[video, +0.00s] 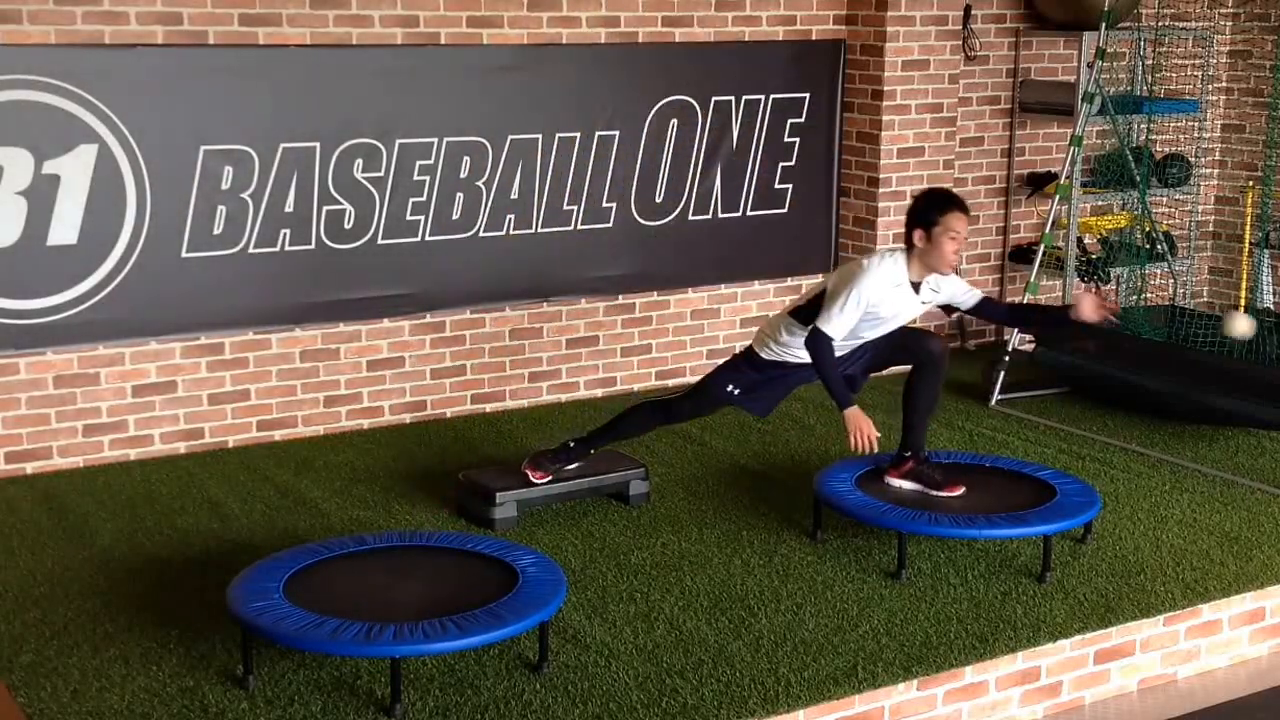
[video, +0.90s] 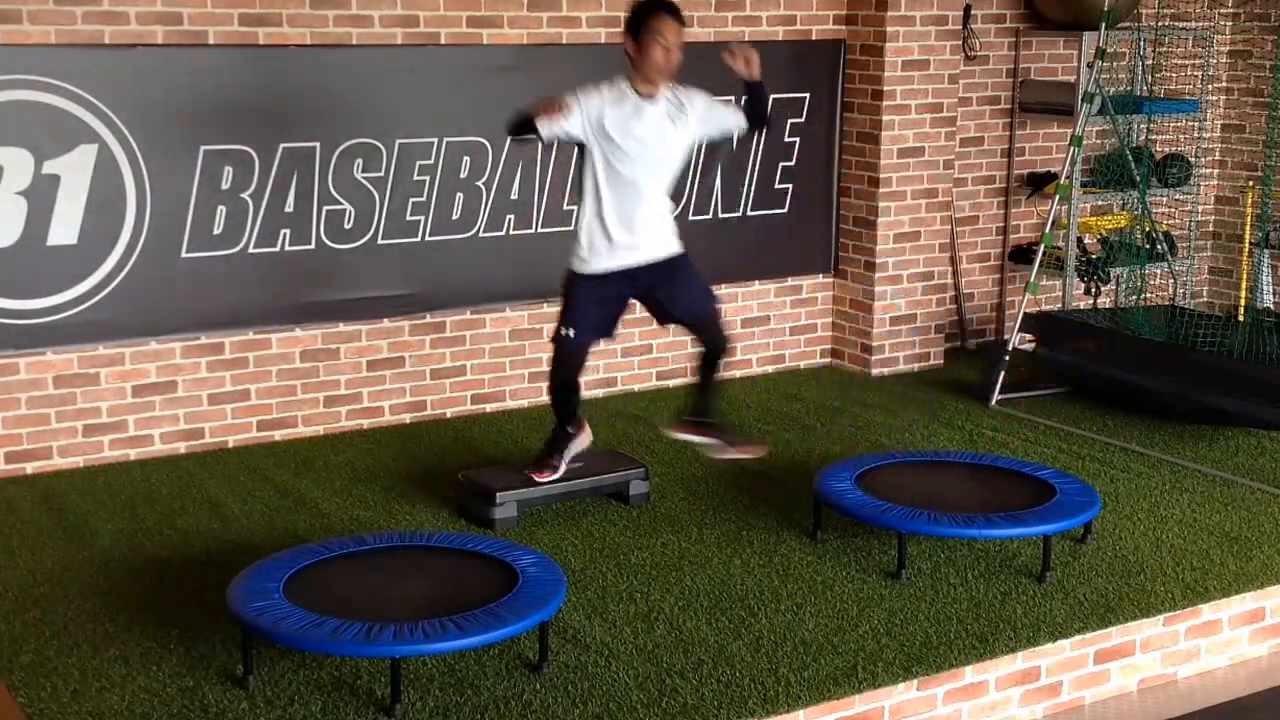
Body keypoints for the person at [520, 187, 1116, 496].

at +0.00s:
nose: (964, 250)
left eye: (966, 240)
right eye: (956, 239)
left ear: (950, 243)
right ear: (919, 239)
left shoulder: (942, 280)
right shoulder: (875, 275)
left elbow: (1002, 311)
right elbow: (822, 341)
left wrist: (1071, 312)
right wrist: (850, 406)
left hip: (846, 349)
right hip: (787, 349)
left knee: (930, 346)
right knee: (687, 406)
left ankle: (909, 461)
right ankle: (571, 454)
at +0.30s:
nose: (969, 239)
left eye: (971, 229)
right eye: (960, 228)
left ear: (958, 235)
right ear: (925, 229)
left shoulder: (946, 283)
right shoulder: (875, 269)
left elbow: (990, 341)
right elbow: (818, 334)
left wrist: (1044, 391)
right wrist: (821, 406)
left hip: (849, 340)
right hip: (791, 333)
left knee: (933, 348)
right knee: (684, 400)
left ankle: (910, 463)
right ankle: (572, 454)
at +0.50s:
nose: (906, 191)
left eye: (909, 181)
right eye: (895, 181)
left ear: (903, 188)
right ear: (860, 183)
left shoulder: (899, 242)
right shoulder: (813, 227)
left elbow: (948, 303)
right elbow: (770, 293)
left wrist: (1001, 358)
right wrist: (757, 361)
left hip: (832, 321)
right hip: (764, 319)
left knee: (904, 353)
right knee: (661, 383)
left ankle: (910, 468)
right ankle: (572, 443)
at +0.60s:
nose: (839, 162)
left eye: (844, 153)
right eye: (828, 152)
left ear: (847, 161)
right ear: (800, 157)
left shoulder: (853, 214)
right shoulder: (762, 210)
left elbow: (909, 252)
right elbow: (704, 265)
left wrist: (972, 280)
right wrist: (690, 332)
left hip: (796, 316)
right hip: (728, 314)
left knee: (872, 359)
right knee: (647, 366)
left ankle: (910, 464)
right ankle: (578, 445)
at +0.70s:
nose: (752, 130)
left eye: (759, 121)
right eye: (744, 119)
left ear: (765, 128)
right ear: (718, 121)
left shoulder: (778, 179)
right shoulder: (684, 182)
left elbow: (834, 217)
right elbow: (626, 240)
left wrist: (873, 216)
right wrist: (619, 302)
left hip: (754, 303)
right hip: (683, 302)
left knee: (828, 372)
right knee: (602, 376)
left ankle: (902, 457)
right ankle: (578, 448)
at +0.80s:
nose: (704, 99)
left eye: (710, 90)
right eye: (694, 87)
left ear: (714, 95)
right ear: (664, 90)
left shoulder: (723, 150)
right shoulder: (628, 150)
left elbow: (778, 188)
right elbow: (564, 191)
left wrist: (794, 152)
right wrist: (564, 204)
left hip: (703, 282)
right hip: (633, 285)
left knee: (778, 352)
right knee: (574, 380)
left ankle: (833, 435)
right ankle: (578, 450)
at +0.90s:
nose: (671, 56)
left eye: (677, 46)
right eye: (660, 44)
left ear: (683, 50)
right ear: (631, 45)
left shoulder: (691, 106)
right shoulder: (596, 104)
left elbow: (753, 122)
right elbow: (518, 131)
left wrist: (753, 81)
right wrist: (536, 115)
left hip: (661, 255)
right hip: (597, 260)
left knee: (715, 338)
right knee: (564, 364)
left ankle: (698, 420)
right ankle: (569, 432)